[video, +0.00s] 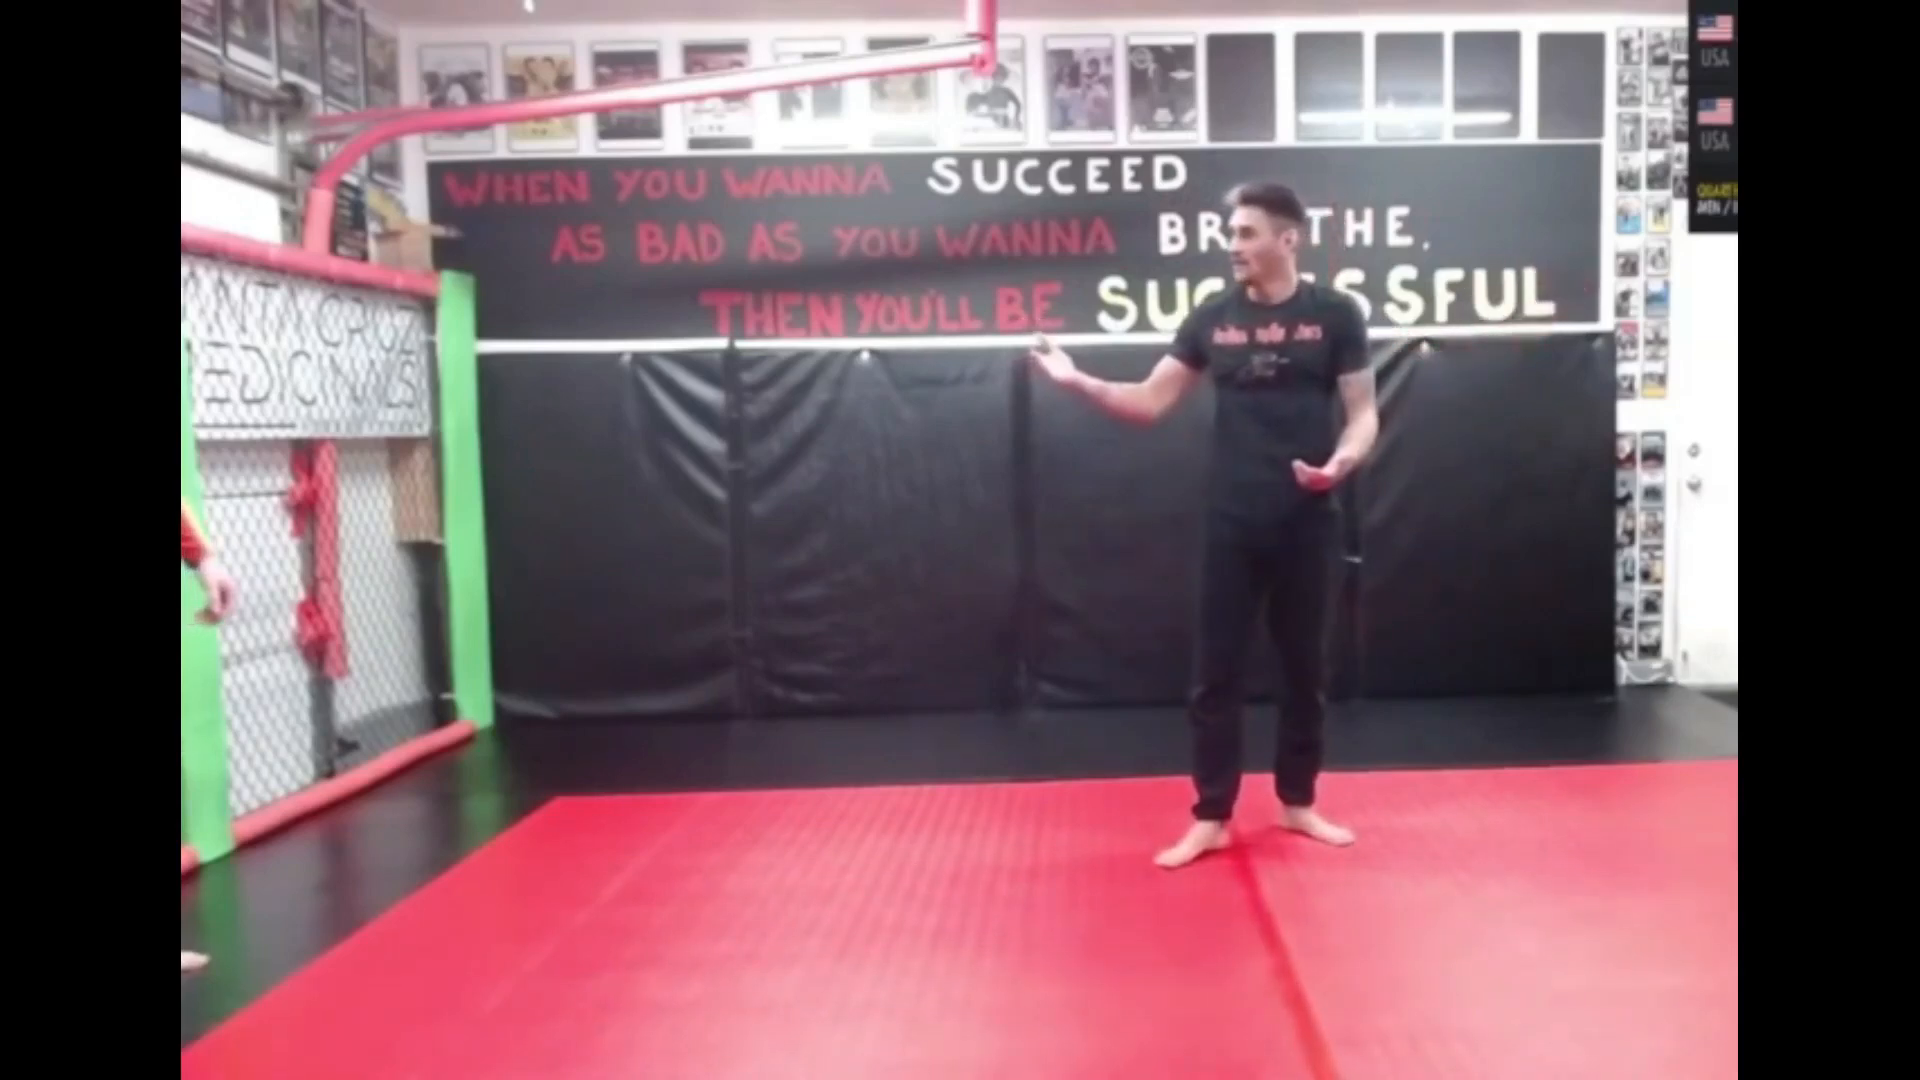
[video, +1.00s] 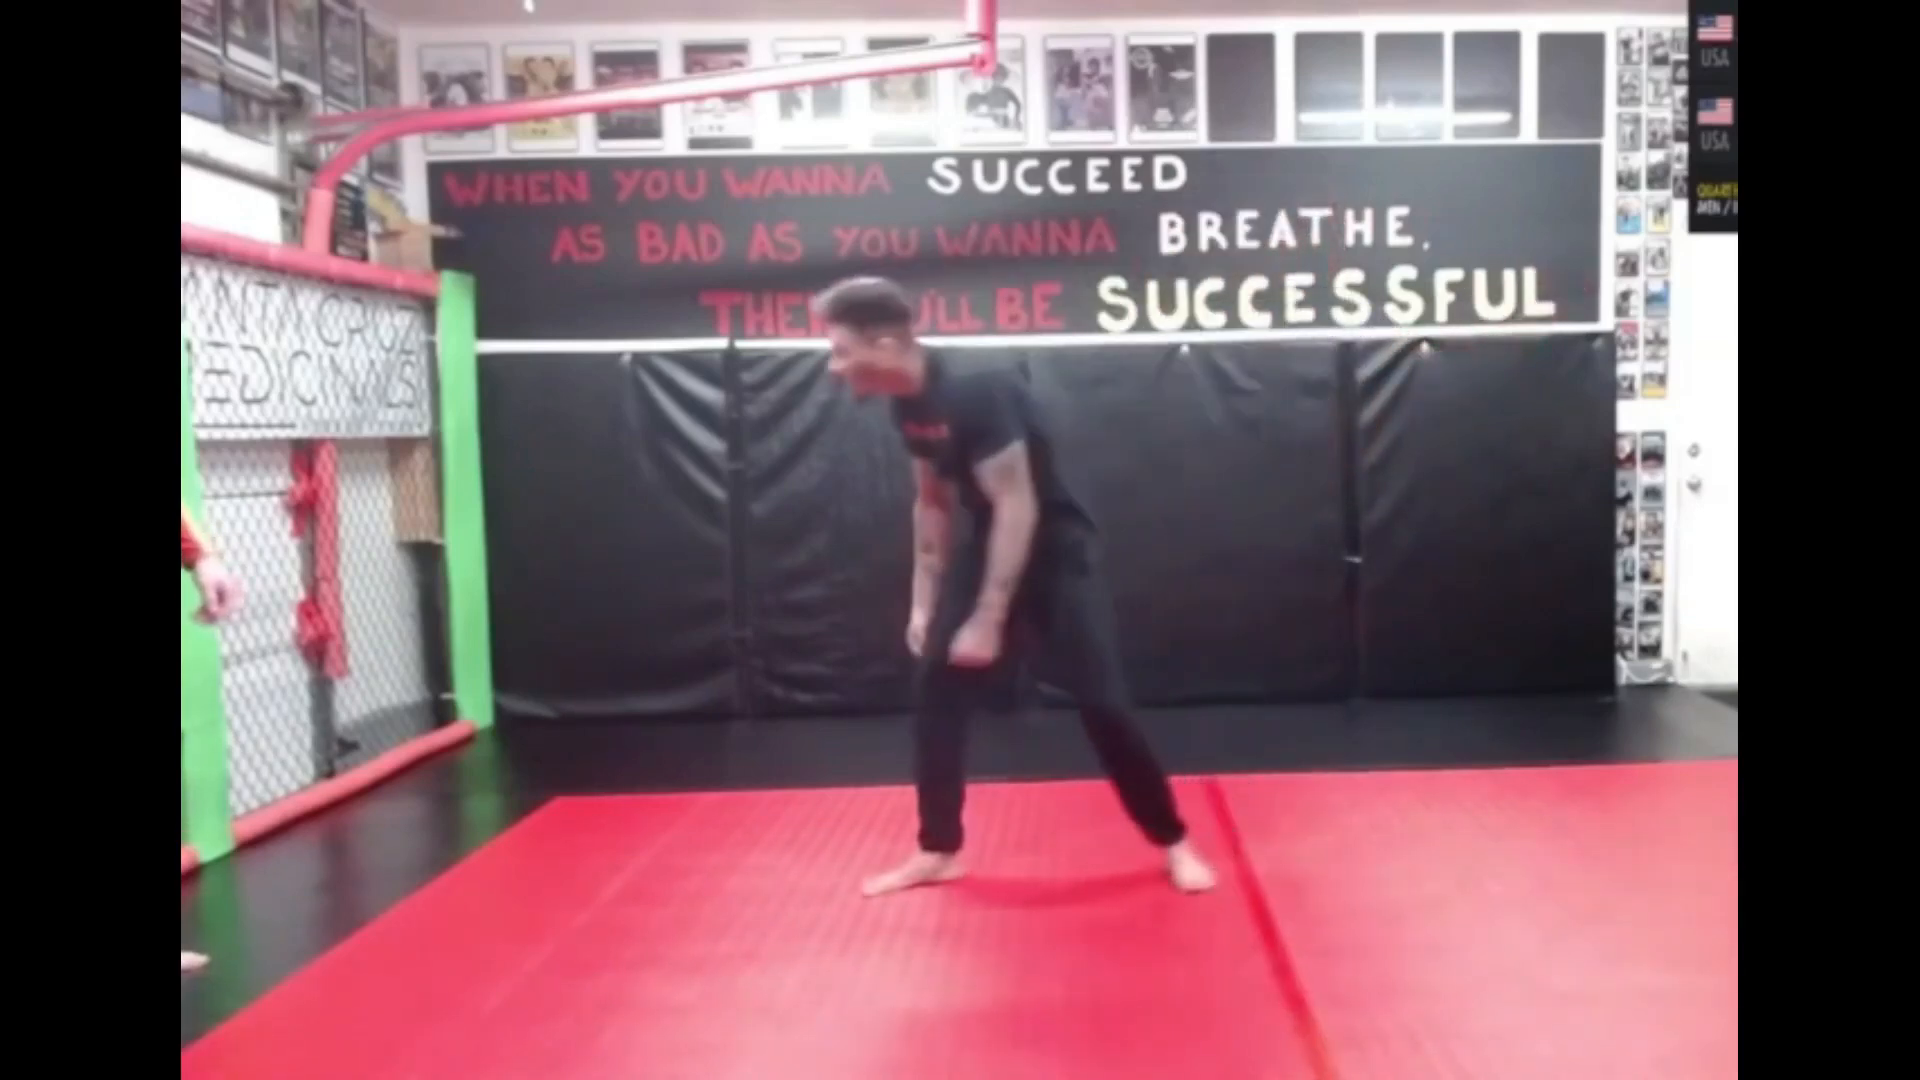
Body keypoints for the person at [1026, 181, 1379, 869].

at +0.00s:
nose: (1235, 245)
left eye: (1248, 233)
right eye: (1232, 234)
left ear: (1290, 238)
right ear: (1232, 240)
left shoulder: (1335, 315)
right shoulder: (1215, 317)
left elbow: (1363, 415)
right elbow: (1150, 400)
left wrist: (1340, 461)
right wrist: (1075, 379)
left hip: (1308, 515)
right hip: (1232, 514)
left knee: (1306, 666)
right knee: (1216, 669)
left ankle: (1298, 802)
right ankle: (1212, 817)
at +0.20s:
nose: (1230, 243)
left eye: (1244, 232)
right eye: (1228, 232)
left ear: (1286, 238)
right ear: (1230, 239)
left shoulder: (1332, 316)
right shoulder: (1211, 316)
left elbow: (1359, 418)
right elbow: (1148, 400)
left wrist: (1335, 469)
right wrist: (1074, 383)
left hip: (1300, 516)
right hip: (1224, 515)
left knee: (1300, 665)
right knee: (1207, 669)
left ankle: (1298, 803)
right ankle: (1209, 816)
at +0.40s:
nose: (1207, 243)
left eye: (1222, 232)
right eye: (1207, 231)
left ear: (1264, 242)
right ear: (1215, 239)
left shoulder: (1307, 323)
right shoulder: (1189, 319)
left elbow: (1338, 426)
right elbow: (1136, 403)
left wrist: (1304, 483)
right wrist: (1076, 422)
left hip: (1272, 527)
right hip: (1192, 522)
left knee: (1292, 668)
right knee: (1151, 652)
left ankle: (1298, 805)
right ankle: (1150, 813)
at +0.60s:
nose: (1179, 252)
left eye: (1195, 240)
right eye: (1181, 239)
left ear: (1235, 256)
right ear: (1188, 253)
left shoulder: (1269, 333)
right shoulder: (1160, 334)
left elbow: (1315, 437)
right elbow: (1114, 417)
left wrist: (1274, 497)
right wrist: (1055, 457)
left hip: (1243, 536)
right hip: (1169, 532)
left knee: (1279, 673)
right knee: (1104, 658)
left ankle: (1295, 807)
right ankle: (1059, 823)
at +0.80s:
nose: (970, 295)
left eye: (987, 280)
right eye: (968, 282)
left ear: (1037, 295)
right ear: (974, 297)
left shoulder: (1082, 371)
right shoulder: (994, 383)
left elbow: (1147, 467)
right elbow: (983, 469)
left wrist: (1116, 551)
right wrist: (916, 531)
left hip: (1104, 555)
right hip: (1033, 560)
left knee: (1175, 691)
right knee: (970, 685)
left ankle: (1264, 802)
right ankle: (943, 850)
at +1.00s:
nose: (833, 368)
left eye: (840, 352)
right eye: (831, 353)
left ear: (887, 343)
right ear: (880, 348)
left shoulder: (975, 391)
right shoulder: (909, 406)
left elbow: (1017, 507)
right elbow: (931, 502)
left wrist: (988, 619)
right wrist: (923, 605)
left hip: (1050, 541)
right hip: (979, 539)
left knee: (1099, 697)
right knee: (939, 677)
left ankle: (1175, 843)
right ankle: (939, 847)